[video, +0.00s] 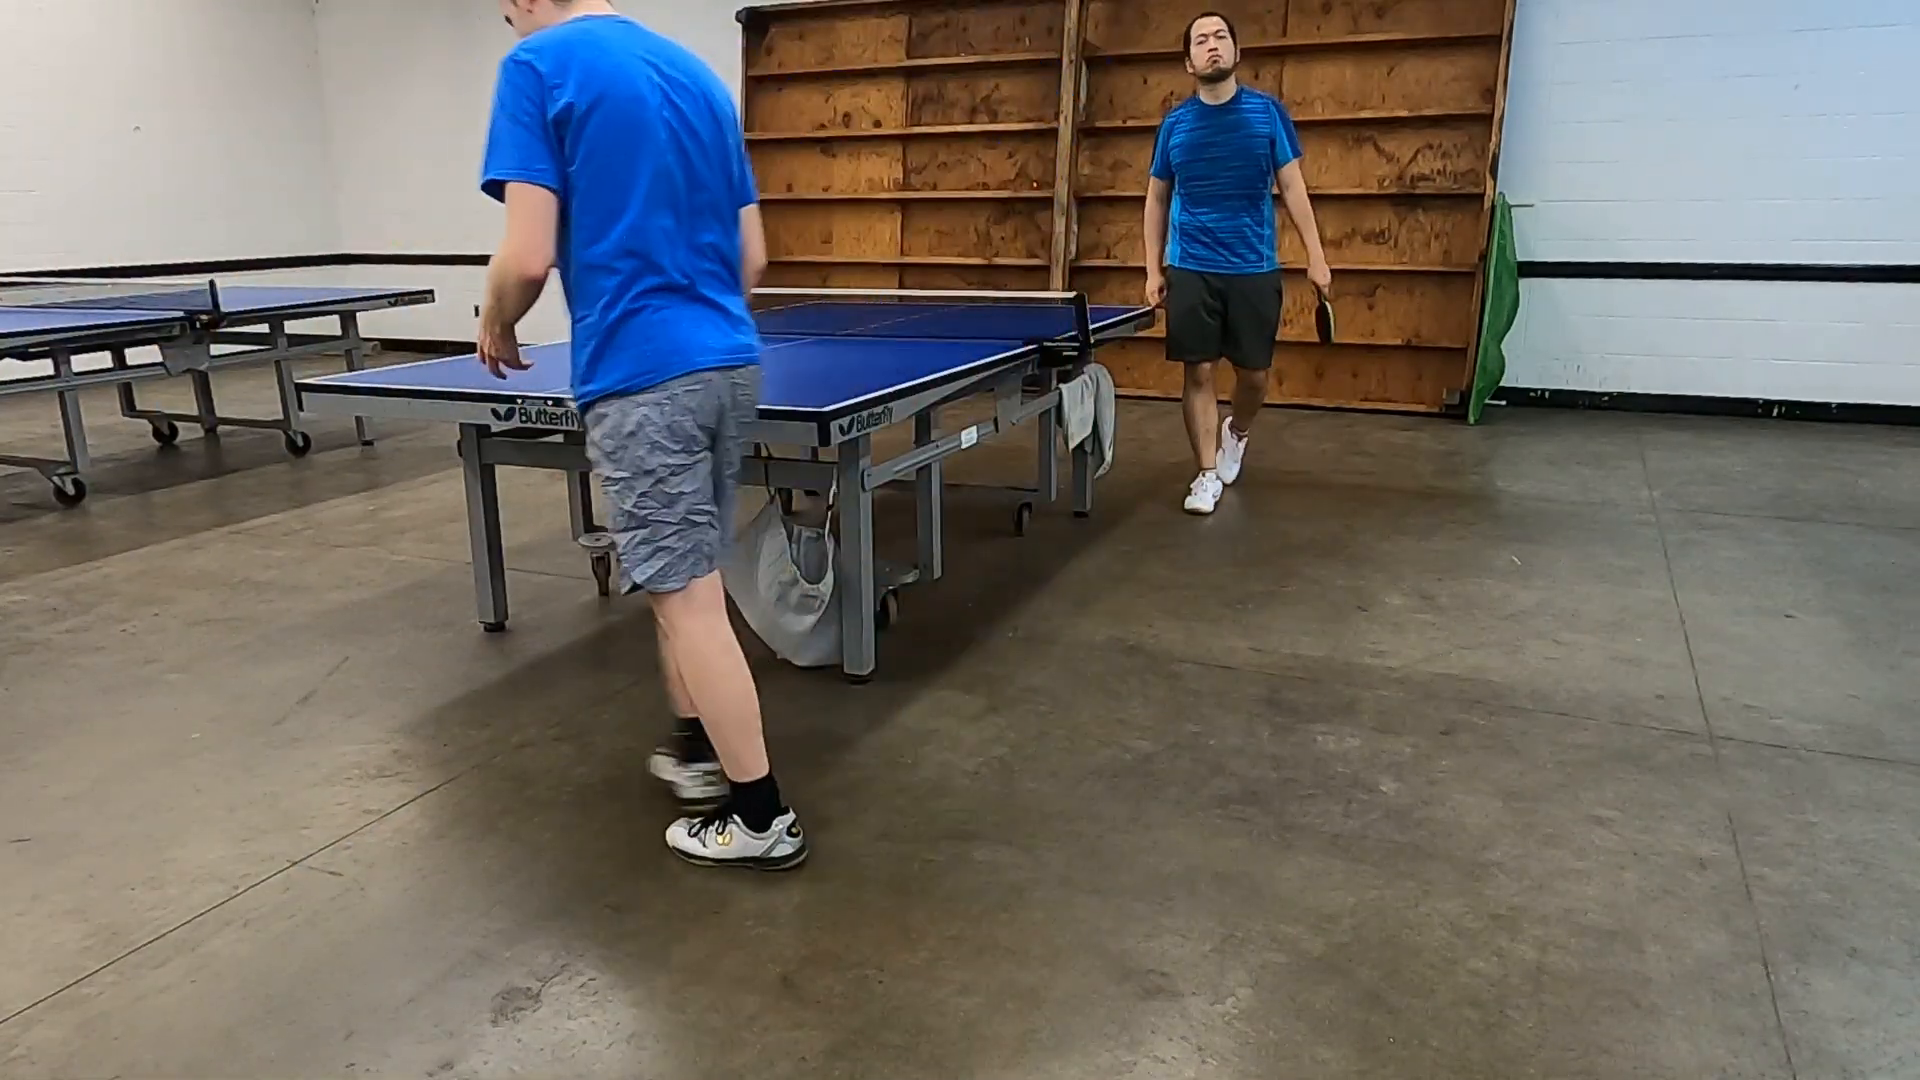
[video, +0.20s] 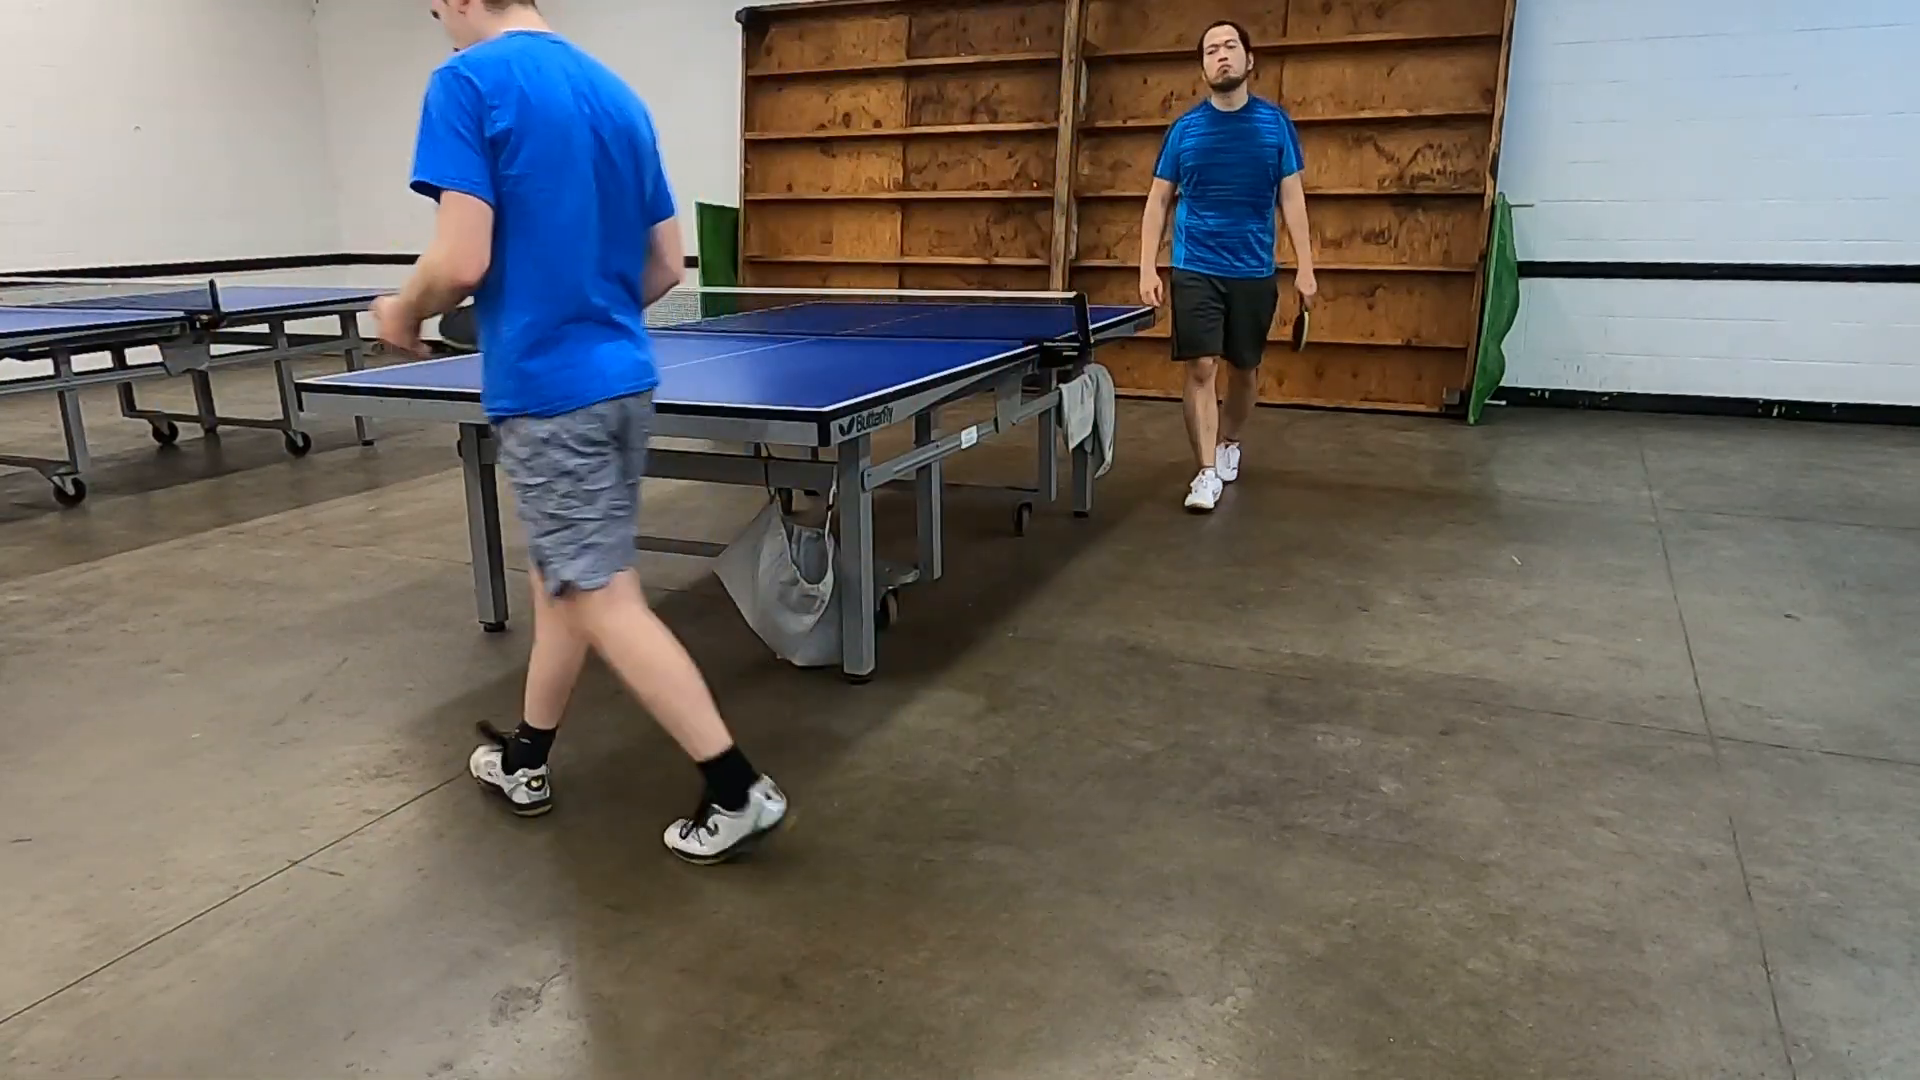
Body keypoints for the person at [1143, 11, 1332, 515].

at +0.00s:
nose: (1211, 45)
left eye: (1220, 37)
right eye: (1201, 41)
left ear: (1238, 52)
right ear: (1190, 62)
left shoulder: (1268, 112)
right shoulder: (1174, 124)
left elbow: (1293, 188)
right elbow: (1156, 200)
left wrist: (1316, 257)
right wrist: (1152, 269)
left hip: (1254, 269)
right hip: (1191, 268)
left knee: (1254, 374)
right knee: (1197, 371)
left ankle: (1234, 435)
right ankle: (1206, 473)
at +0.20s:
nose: (1221, 55)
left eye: (1229, 47)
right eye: (1211, 50)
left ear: (1249, 60)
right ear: (1202, 67)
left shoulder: (1274, 123)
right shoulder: (1185, 128)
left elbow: (1293, 200)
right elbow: (1158, 200)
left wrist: (1305, 267)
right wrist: (1147, 268)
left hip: (1253, 271)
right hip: (1194, 268)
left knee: (1243, 370)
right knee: (1201, 366)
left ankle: (1226, 445)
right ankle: (1205, 471)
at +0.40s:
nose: (1236, 60)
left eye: (1246, 52)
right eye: (1229, 54)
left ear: (1265, 65)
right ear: (1219, 67)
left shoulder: (1281, 130)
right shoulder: (1193, 124)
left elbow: (1289, 201)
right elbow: (1158, 189)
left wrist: (1286, 267)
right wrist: (1149, 253)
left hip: (1251, 270)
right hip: (1192, 266)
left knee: (1238, 365)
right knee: (1199, 358)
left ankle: (1224, 448)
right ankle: (1203, 459)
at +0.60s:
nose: (1244, 58)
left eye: (1254, 52)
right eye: (1237, 51)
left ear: (1269, 66)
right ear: (1226, 62)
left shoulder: (1282, 130)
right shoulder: (1195, 117)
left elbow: (1288, 197)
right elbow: (1156, 178)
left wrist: (1272, 252)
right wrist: (1165, 236)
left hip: (1242, 266)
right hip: (1188, 258)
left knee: (1232, 361)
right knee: (1184, 354)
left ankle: (1224, 447)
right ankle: (1175, 450)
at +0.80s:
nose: (1234, 58)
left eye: (1244, 52)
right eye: (1227, 51)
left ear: (1260, 67)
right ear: (1215, 64)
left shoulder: (1271, 130)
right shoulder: (1187, 117)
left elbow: (1281, 195)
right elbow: (1149, 179)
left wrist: (1255, 232)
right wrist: (1180, 226)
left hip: (1232, 261)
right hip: (1174, 255)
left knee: (1228, 358)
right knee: (1150, 348)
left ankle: (1223, 446)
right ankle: (1121, 426)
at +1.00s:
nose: (1201, 62)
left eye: (1212, 55)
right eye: (1195, 56)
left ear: (1231, 68)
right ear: (1187, 68)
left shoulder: (1247, 128)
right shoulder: (1165, 122)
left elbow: (1267, 193)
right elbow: (1130, 185)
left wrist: (1219, 211)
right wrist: (1168, 212)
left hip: (1213, 264)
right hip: (1154, 257)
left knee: (1217, 357)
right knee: (1116, 343)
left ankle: (1222, 446)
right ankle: (1076, 418)